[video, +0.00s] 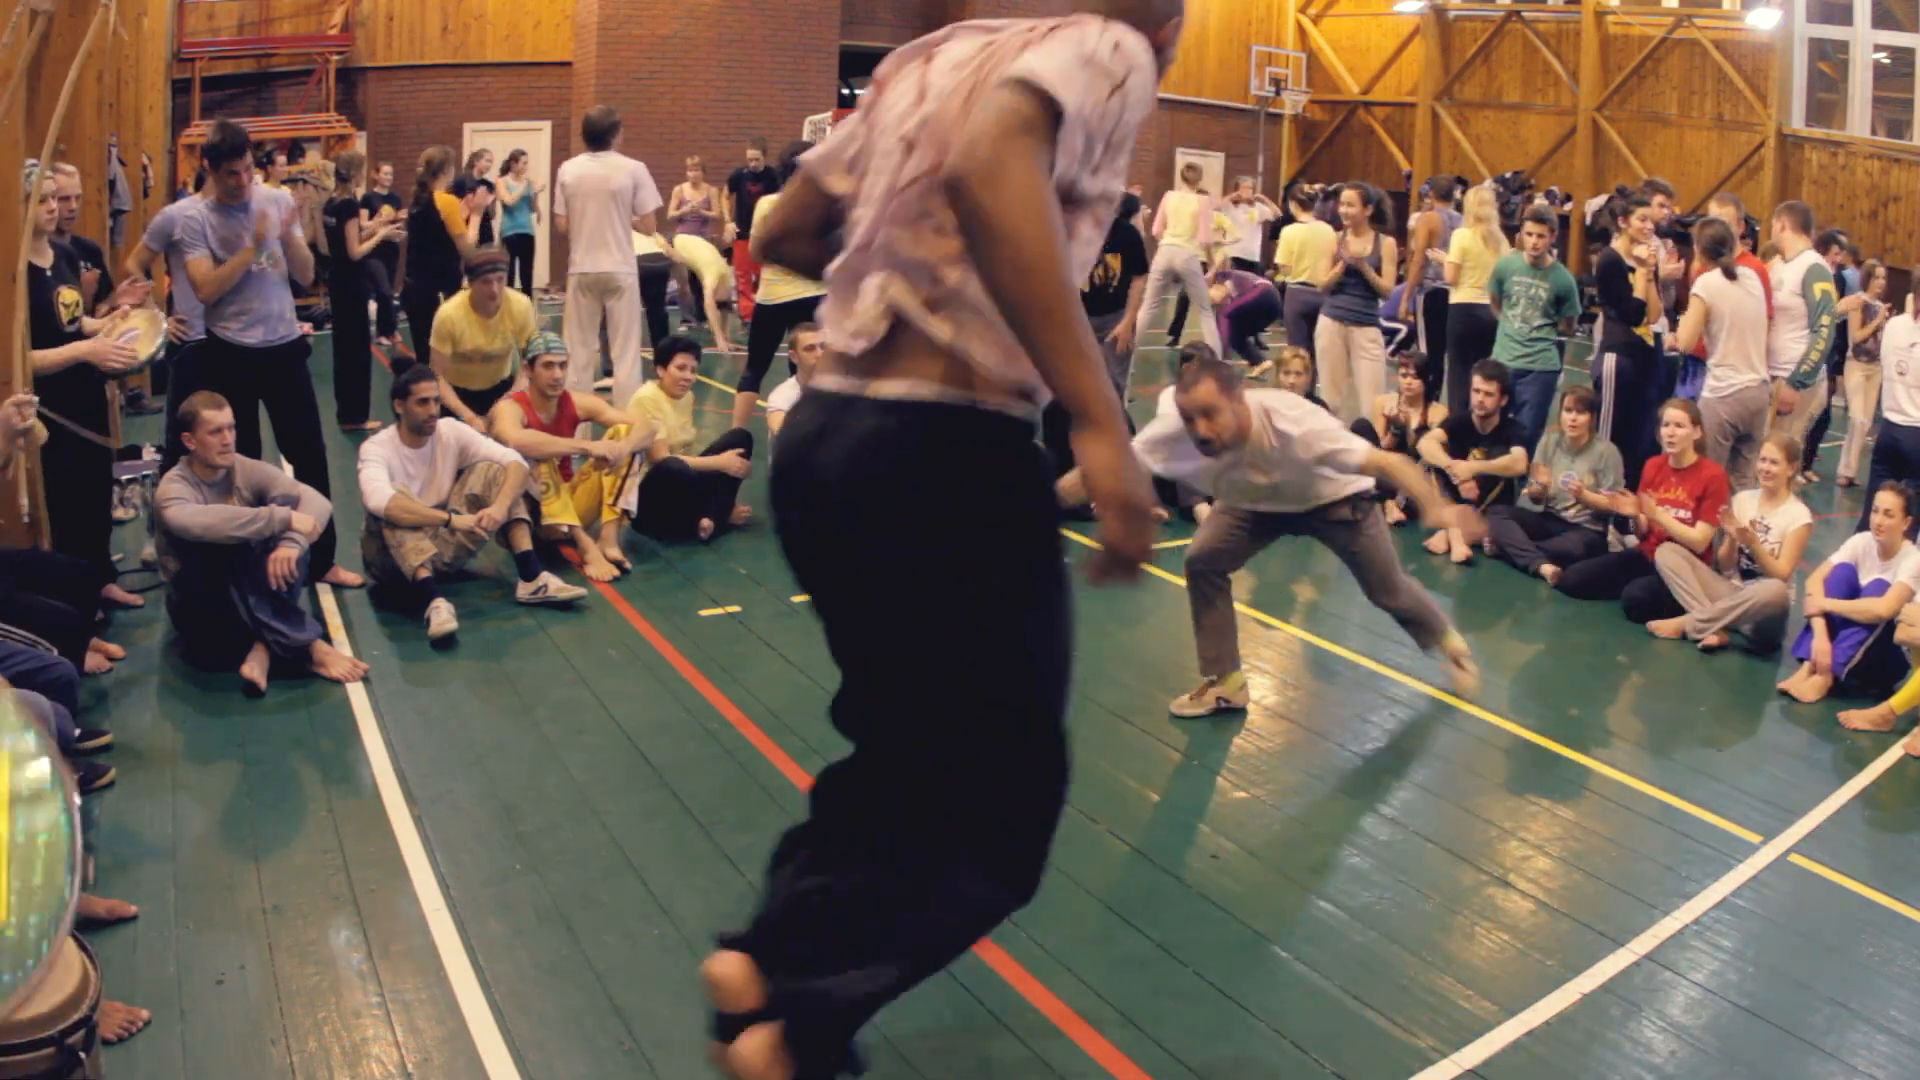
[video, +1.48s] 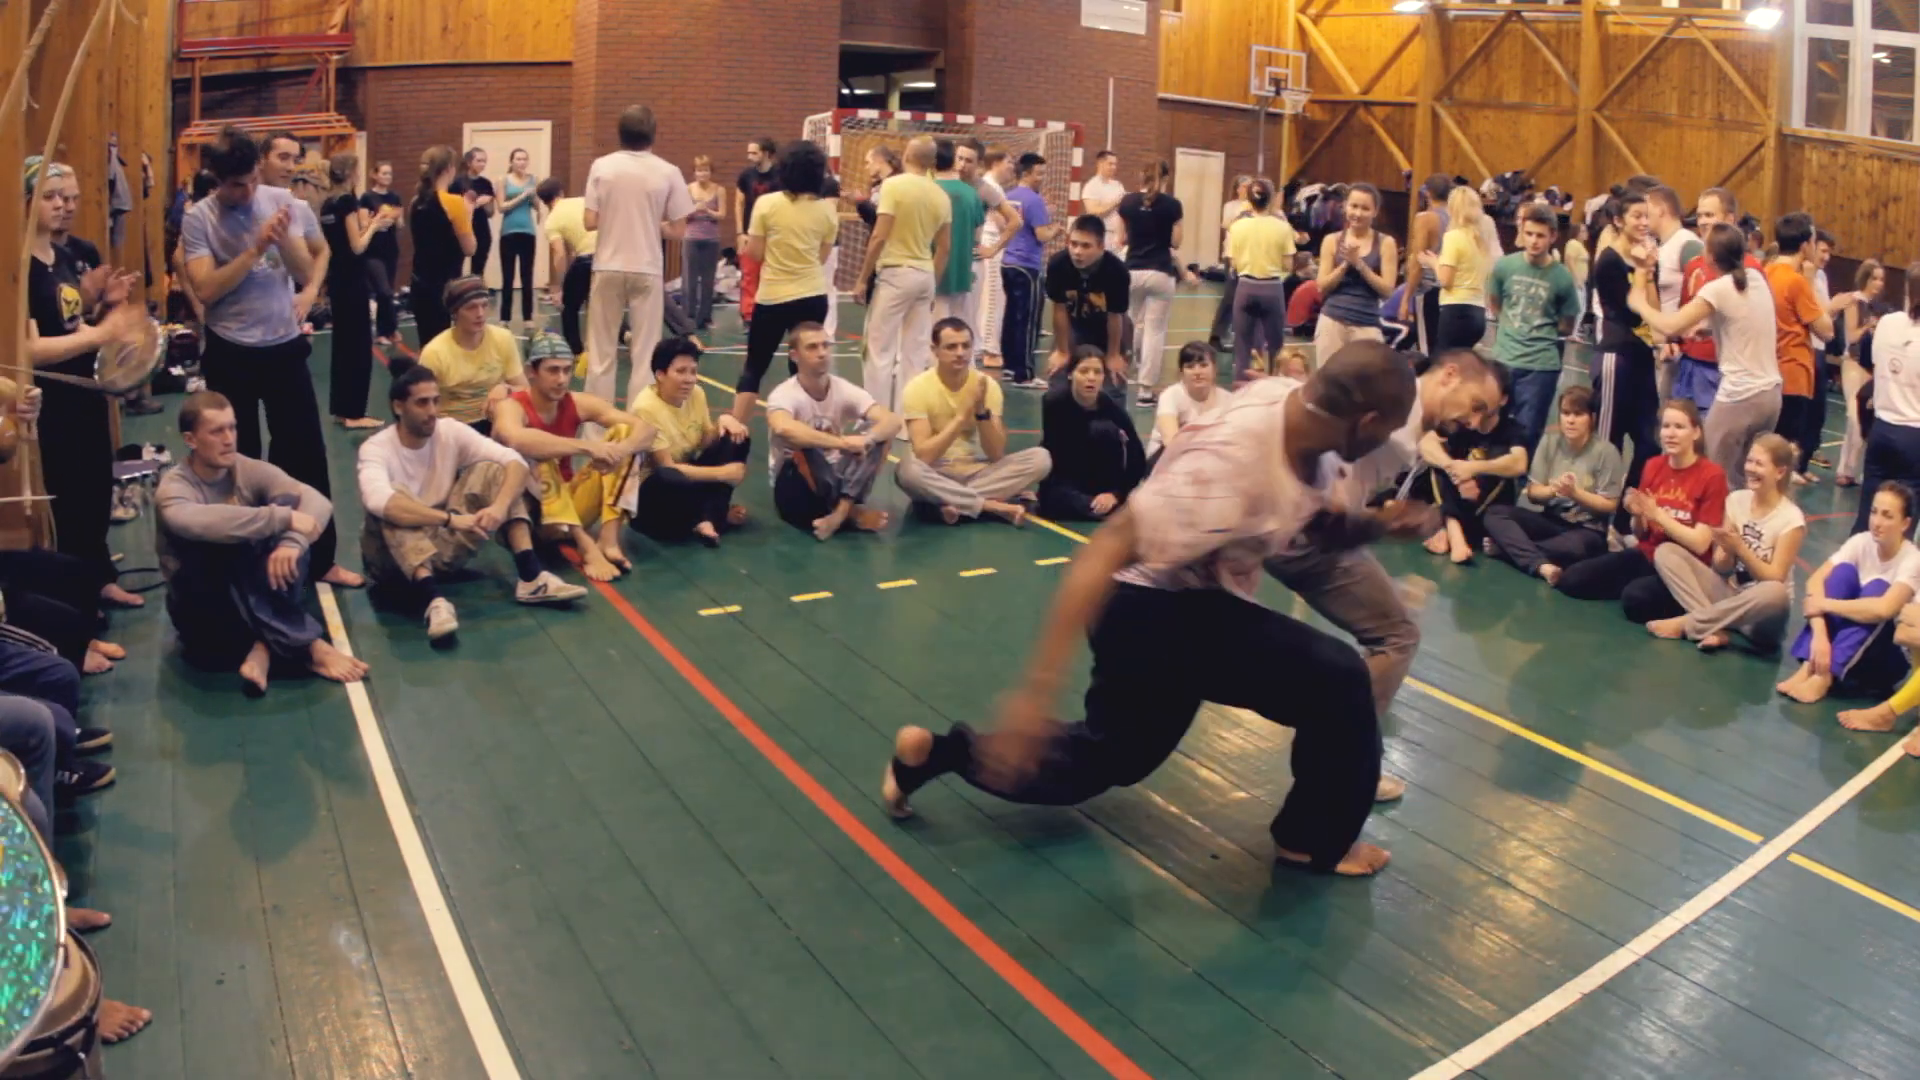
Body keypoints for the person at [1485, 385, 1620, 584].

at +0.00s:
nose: (1573, 418)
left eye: (1580, 412)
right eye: (1568, 411)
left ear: (1592, 417)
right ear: (1560, 414)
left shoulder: (1607, 452)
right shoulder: (1549, 441)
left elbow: (1613, 505)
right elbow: (1533, 497)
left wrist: (1583, 495)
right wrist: (1539, 489)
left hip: (1584, 528)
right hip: (1546, 518)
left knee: (1575, 548)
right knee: (1498, 513)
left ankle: (1509, 550)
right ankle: (1539, 566)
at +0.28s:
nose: (1572, 418)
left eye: (1579, 412)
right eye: (1567, 411)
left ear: (1591, 418)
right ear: (1560, 414)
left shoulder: (1607, 452)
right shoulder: (1550, 440)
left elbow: (1613, 504)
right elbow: (1532, 495)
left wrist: (1584, 496)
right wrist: (1540, 487)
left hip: (1583, 529)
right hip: (1547, 519)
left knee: (1575, 548)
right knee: (1494, 514)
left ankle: (1509, 550)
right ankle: (1539, 566)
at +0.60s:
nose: (1571, 418)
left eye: (1578, 412)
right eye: (1567, 411)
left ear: (1591, 417)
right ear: (1560, 414)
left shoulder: (1606, 451)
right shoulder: (1550, 440)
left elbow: (1614, 505)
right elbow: (1532, 495)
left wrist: (1582, 495)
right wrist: (1541, 487)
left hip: (1584, 530)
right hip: (1548, 520)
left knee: (1575, 548)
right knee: (1494, 514)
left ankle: (1509, 550)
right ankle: (1539, 566)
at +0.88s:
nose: (1568, 419)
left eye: (1576, 413)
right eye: (1564, 412)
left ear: (1590, 418)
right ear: (1559, 415)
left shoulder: (1606, 452)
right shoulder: (1549, 441)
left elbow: (1614, 504)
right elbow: (1531, 495)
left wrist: (1582, 496)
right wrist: (1538, 488)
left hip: (1584, 530)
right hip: (1547, 519)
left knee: (1574, 548)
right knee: (1494, 514)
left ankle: (1508, 550)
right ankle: (1538, 566)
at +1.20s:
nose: (1569, 418)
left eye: (1576, 413)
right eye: (1565, 412)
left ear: (1591, 417)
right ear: (1559, 415)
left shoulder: (1607, 452)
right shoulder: (1549, 442)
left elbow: (1614, 505)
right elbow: (1531, 491)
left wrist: (1579, 494)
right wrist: (1544, 487)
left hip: (1584, 529)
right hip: (1546, 519)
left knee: (1576, 547)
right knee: (1495, 514)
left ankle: (1508, 550)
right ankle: (1539, 565)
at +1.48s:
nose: (1570, 421)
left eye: (1578, 414)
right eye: (1566, 413)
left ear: (1592, 418)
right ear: (1559, 416)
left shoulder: (1606, 452)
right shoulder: (1549, 442)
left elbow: (1610, 505)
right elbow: (1533, 492)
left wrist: (1575, 494)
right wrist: (1553, 489)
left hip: (1584, 529)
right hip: (1548, 519)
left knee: (1577, 547)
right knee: (1494, 514)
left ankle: (1510, 550)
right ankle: (1539, 566)